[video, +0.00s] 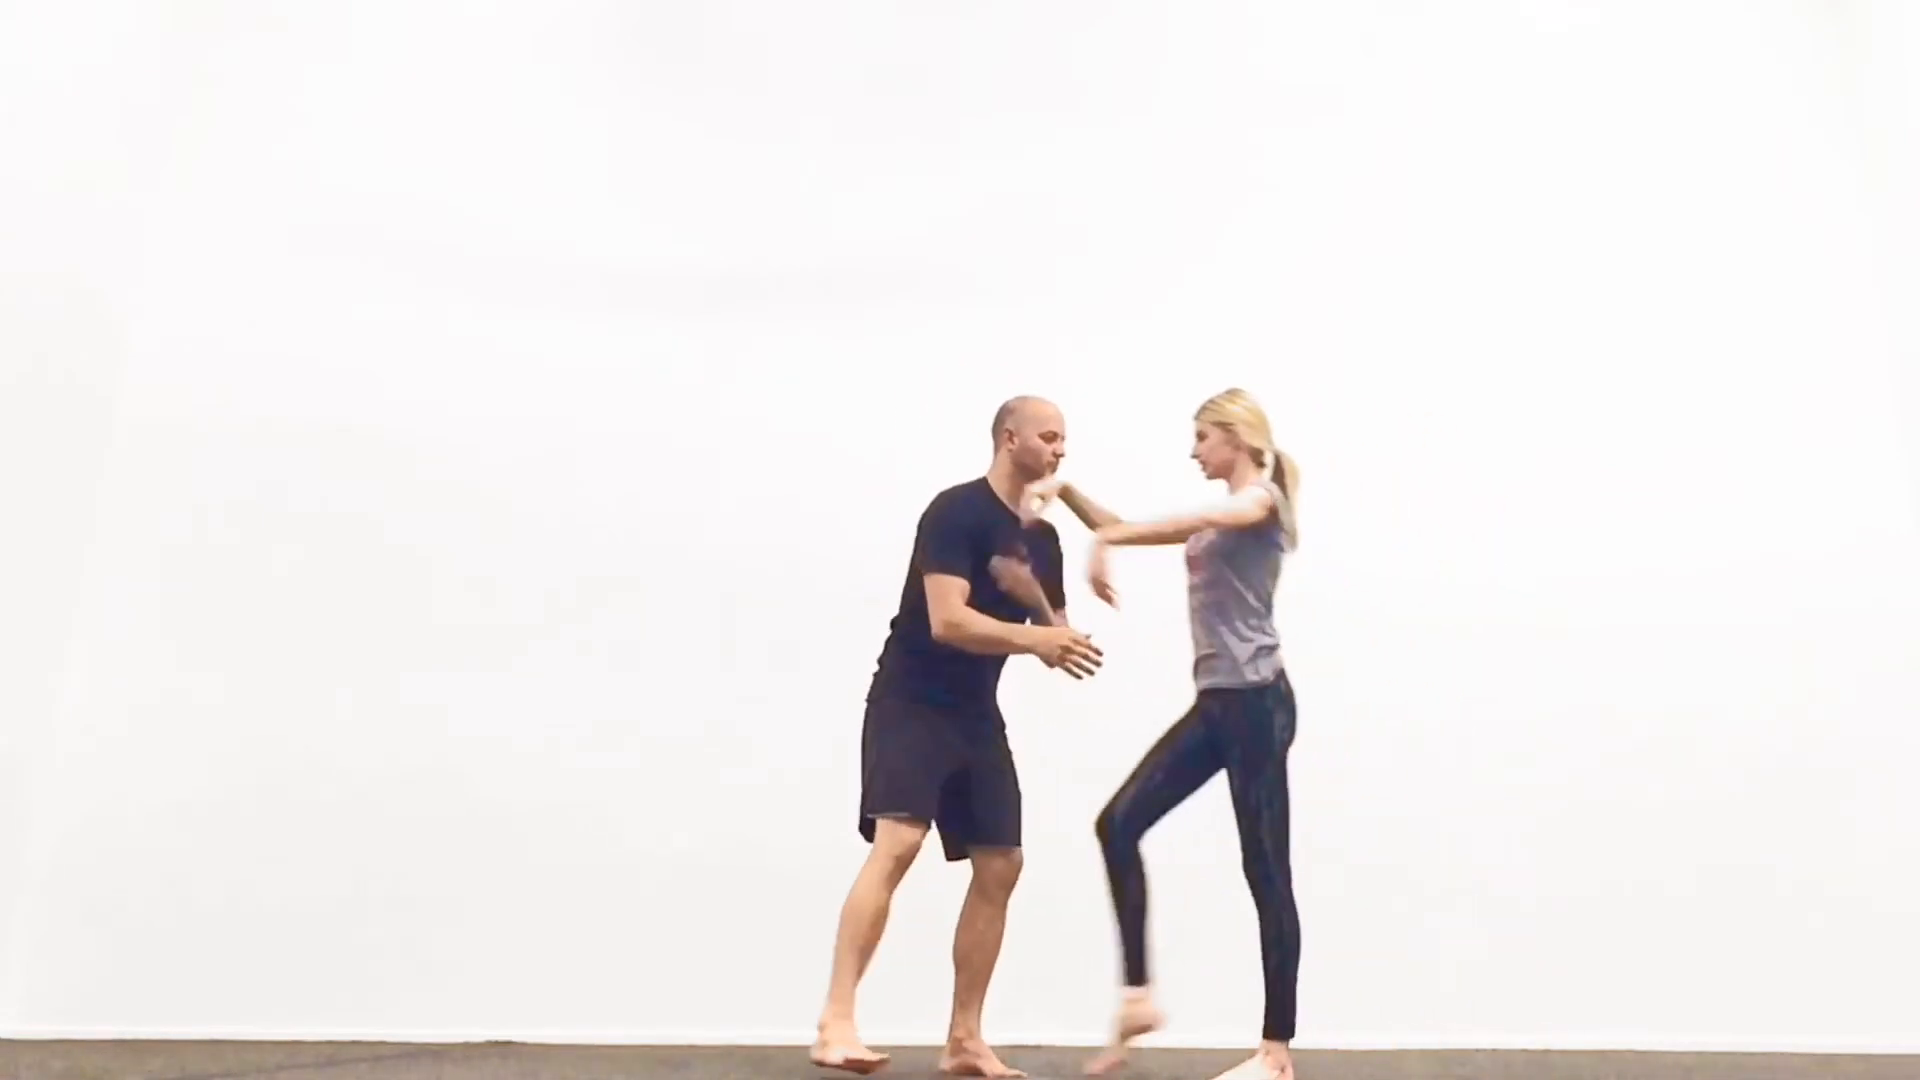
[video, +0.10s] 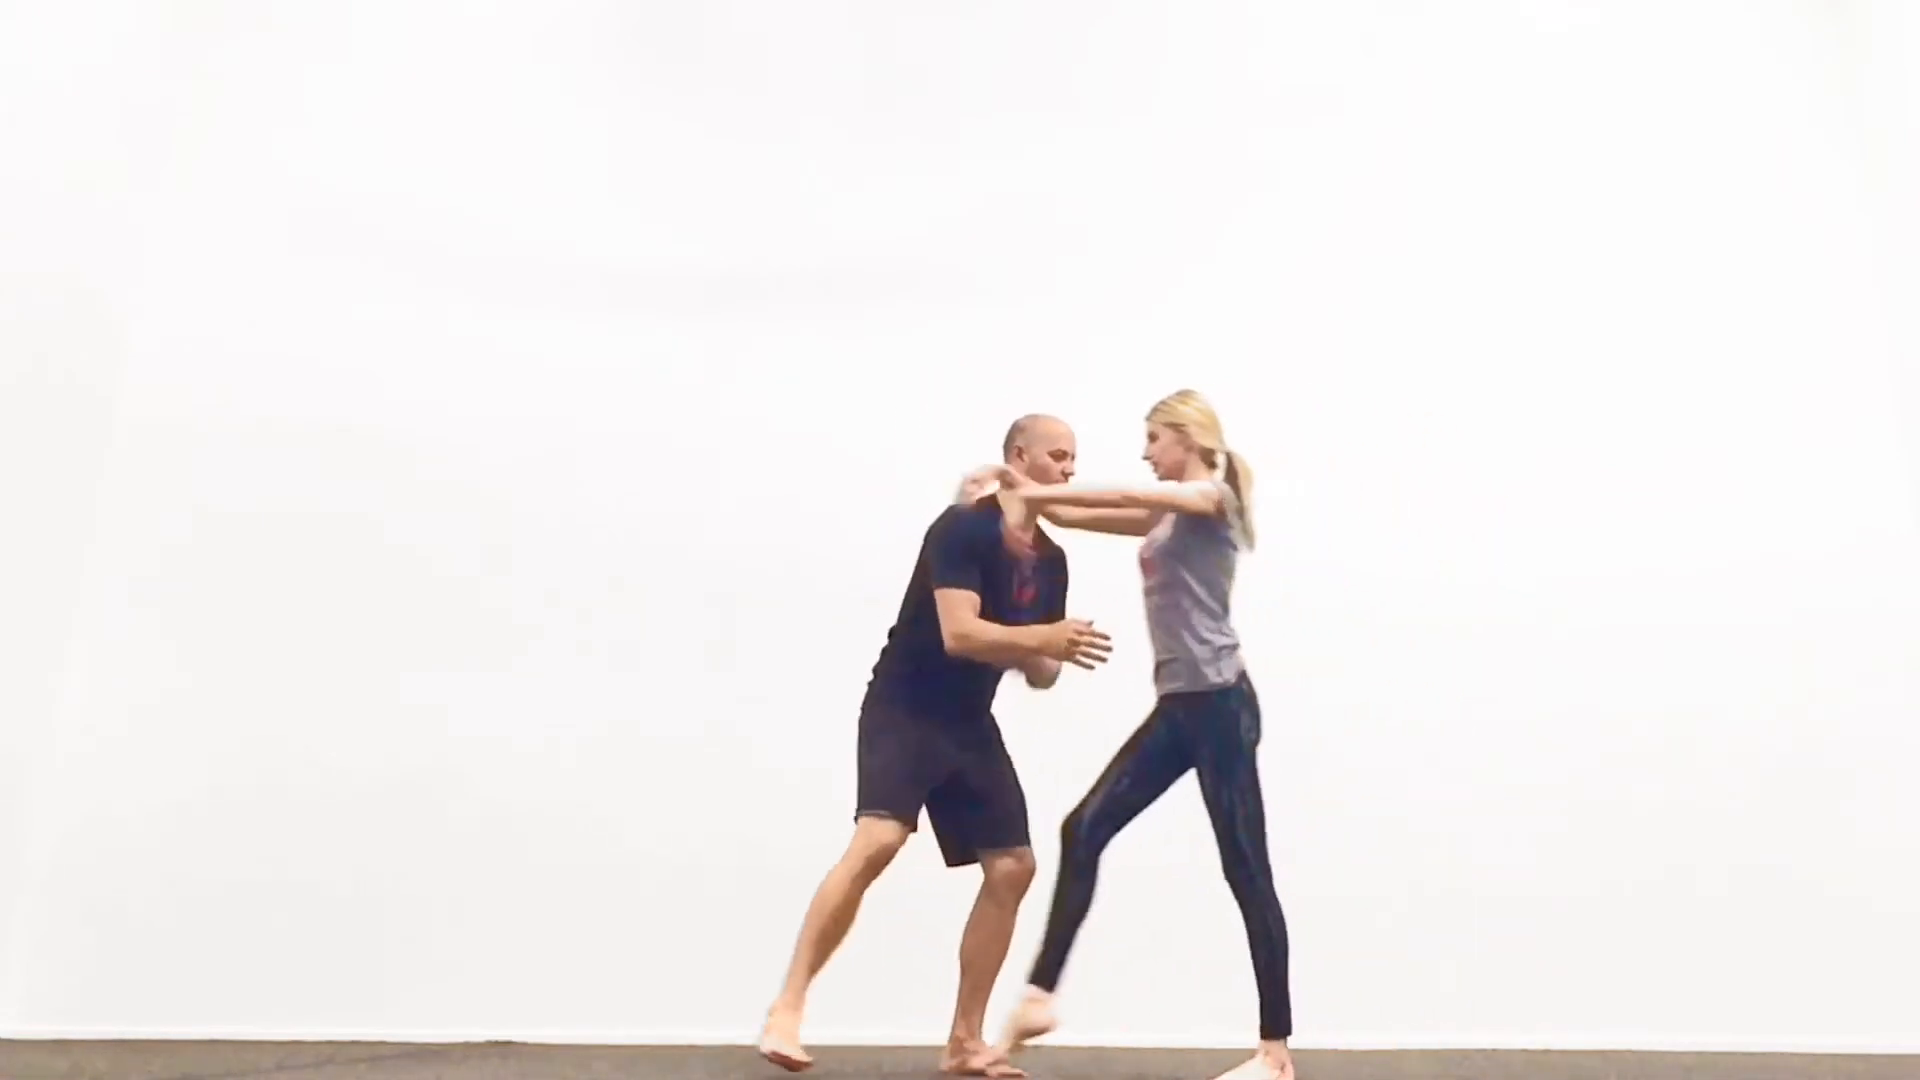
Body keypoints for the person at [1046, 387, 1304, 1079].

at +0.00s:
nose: (1195, 448)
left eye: (1203, 436)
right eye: (1196, 437)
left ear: (1236, 439)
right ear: (1231, 441)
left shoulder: (1263, 497)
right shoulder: (1221, 510)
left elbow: (1209, 522)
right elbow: (1123, 531)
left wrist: (1110, 540)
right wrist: (1064, 490)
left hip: (1255, 703)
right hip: (1217, 704)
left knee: (1267, 873)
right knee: (1117, 827)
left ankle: (1277, 1049)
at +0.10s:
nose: (1148, 450)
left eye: (1155, 438)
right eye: (1148, 440)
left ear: (1189, 439)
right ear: (1184, 441)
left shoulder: (1212, 495)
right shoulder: (1169, 511)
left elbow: (1129, 499)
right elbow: (1077, 517)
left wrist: (1030, 492)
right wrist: (1007, 484)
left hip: (1221, 704)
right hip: (1177, 708)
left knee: (1247, 871)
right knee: (1083, 830)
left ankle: (1276, 1048)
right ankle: (1039, 997)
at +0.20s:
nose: (1091, 458)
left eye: (1100, 445)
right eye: (1092, 446)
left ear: (1132, 445)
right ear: (1131, 448)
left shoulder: (1155, 499)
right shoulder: (1117, 513)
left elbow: (1054, 500)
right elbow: (1032, 513)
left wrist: (950, 482)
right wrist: (949, 492)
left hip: (1179, 712)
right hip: (1134, 718)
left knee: (1226, 876)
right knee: (1046, 846)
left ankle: (1274, 1047)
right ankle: (992, 1009)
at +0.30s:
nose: (1025, 467)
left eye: (1036, 454)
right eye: (1029, 455)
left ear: (1067, 461)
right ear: (1061, 464)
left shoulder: (1091, 519)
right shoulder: (1041, 538)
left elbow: (982, 519)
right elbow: (946, 530)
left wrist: (879, 498)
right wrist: (862, 512)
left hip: (1132, 722)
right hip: (1085, 735)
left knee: (1196, 878)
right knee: (999, 857)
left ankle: (1270, 1048)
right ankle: (998, 1039)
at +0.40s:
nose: (962, 485)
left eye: (972, 472)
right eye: (965, 473)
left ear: (1004, 480)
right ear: (1001, 483)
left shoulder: (1021, 536)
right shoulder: (991, 546)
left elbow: (900, 544)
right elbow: (887, 550)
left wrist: (797, 525)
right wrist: (792, 538)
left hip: (1087, 732)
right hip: (1045, 747)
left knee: (1172, 882)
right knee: (951, 870)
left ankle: (1267, 1039)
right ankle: (993, 1044)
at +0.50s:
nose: (900, 510)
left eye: (910, 498)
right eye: (901, 498)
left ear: (943, 504)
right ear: (930, 509)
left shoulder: (961, 557)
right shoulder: (922, 576)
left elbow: (834, 560)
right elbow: (818, 579)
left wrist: (730, 541)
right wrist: (725, 571)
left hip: (1047, 741)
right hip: (1001, 767)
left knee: (1153, 866)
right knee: (913, 886)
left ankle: (1272, 1011)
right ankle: (989, 1042)